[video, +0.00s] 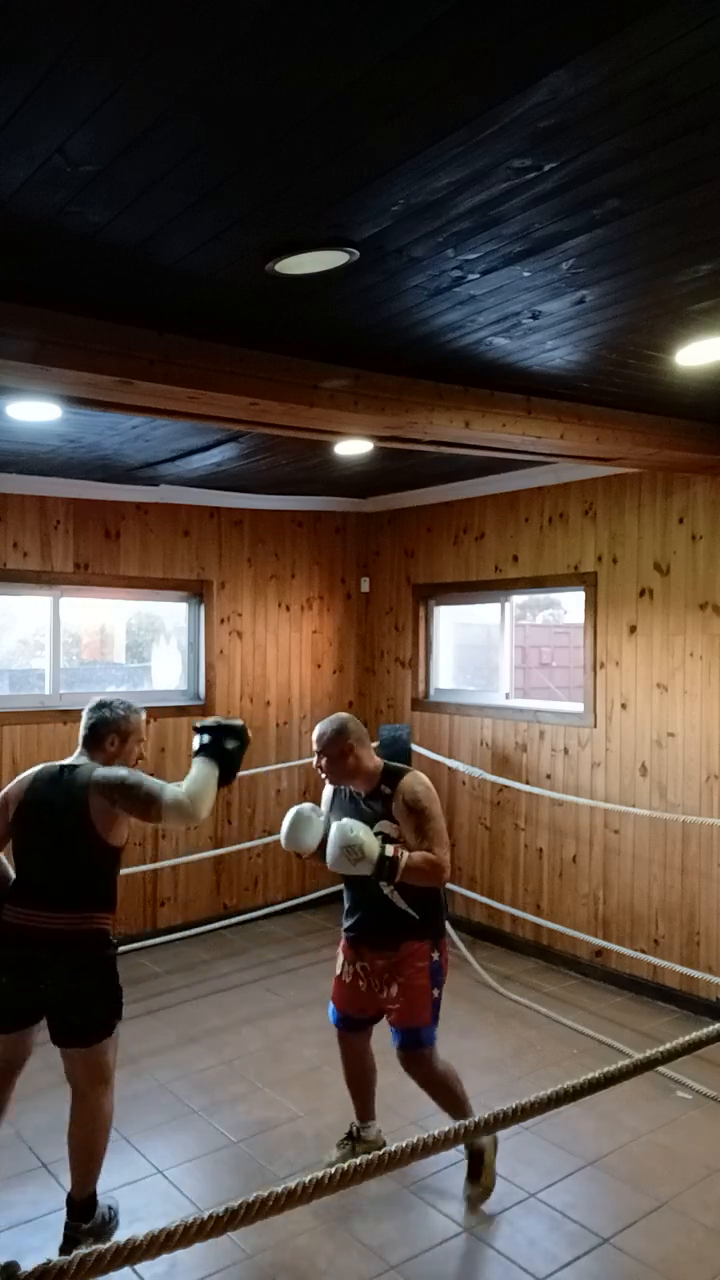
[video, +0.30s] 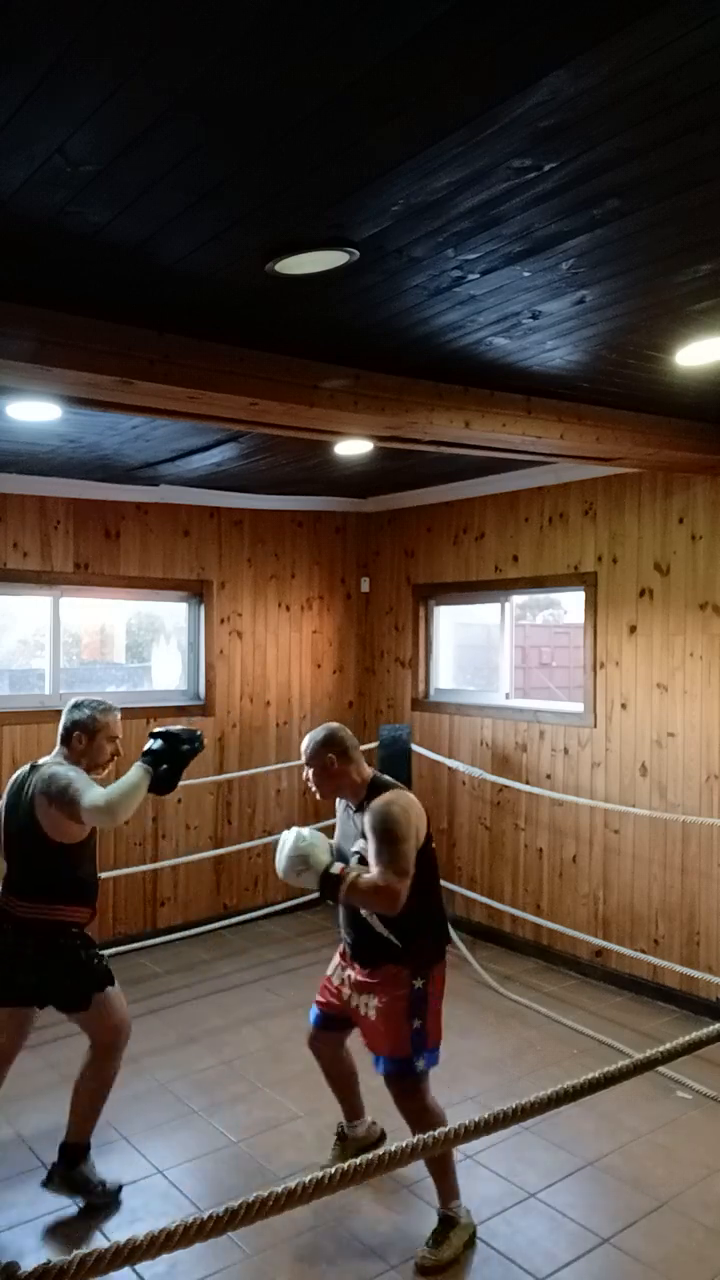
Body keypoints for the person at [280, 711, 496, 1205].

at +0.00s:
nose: (320, 768)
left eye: (325, 758)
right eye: (317, 759)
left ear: (354, 749)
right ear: (336, 755)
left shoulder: (412, 788)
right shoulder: (336, 791)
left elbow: (439, 868)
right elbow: (338, 856)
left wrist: (378, 853)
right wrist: (310, 839)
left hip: (415, 940)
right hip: (361, 935)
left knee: (415, 1055)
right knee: (349, 1030)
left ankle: (478, 1137)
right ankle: (366, 1132)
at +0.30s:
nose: (308, 782)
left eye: (312, 771)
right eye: (307, 772)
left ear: (336, 764)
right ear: (340, 760)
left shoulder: (393, 809)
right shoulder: (351, 804)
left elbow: (391, 894)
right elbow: (360, 874)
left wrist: (323, 874)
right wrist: (320, 858)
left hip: (404, 967)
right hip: (356, 955)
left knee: (407, 1088)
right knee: (324, 1038)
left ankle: (454, 1215)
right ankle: (358, 1131)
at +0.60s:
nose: (289, 771)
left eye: (293, 761)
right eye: (288, 762)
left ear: (314, 759)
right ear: (334, 753)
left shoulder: (332, 806)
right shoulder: (363, 791)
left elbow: (275, 880)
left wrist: (255, 842)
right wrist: (288, 829)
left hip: (357, 974)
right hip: (339, 962)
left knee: (353, 1109)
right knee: (299, 1038)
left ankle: (423, 1237)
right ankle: (315, 1158)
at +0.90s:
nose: (248, 771)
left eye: (254, 762)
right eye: (249, 763)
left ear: (282, 760)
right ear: (285, 758)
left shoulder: (311, 799)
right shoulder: (283, 797)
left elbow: (266, 877)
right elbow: (208, 772)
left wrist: (242, 828)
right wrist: (159, 732)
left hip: (335, 972)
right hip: (305, 966)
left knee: (315, 1112)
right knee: (289, 1060)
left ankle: (349, 1252)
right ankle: (303, 1154)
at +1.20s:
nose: (218, 788)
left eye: (218, 777)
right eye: (217, 778)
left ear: (232, 770)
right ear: (262, 762)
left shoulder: (271, 814)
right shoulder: (299, 798)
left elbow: (225, 898)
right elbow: (264, 877)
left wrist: (202, 857)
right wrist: (219, 852)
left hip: (292, 984)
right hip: (315, 972)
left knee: (279, 1128)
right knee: (282, 1090)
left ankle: (320, 1264)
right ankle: (301, 1162)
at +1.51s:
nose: (213, 771)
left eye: (214, 762)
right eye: (217, 762)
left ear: (223, 761)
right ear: (262, 758)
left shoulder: (223, 811)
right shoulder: (304, 798)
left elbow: (167, 889)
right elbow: (324, 862)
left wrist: (178, 837)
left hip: (261, 981)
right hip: (304, 972)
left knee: (257, 1124)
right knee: (263, 1086)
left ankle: (315, 1261)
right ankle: (267, 1183)